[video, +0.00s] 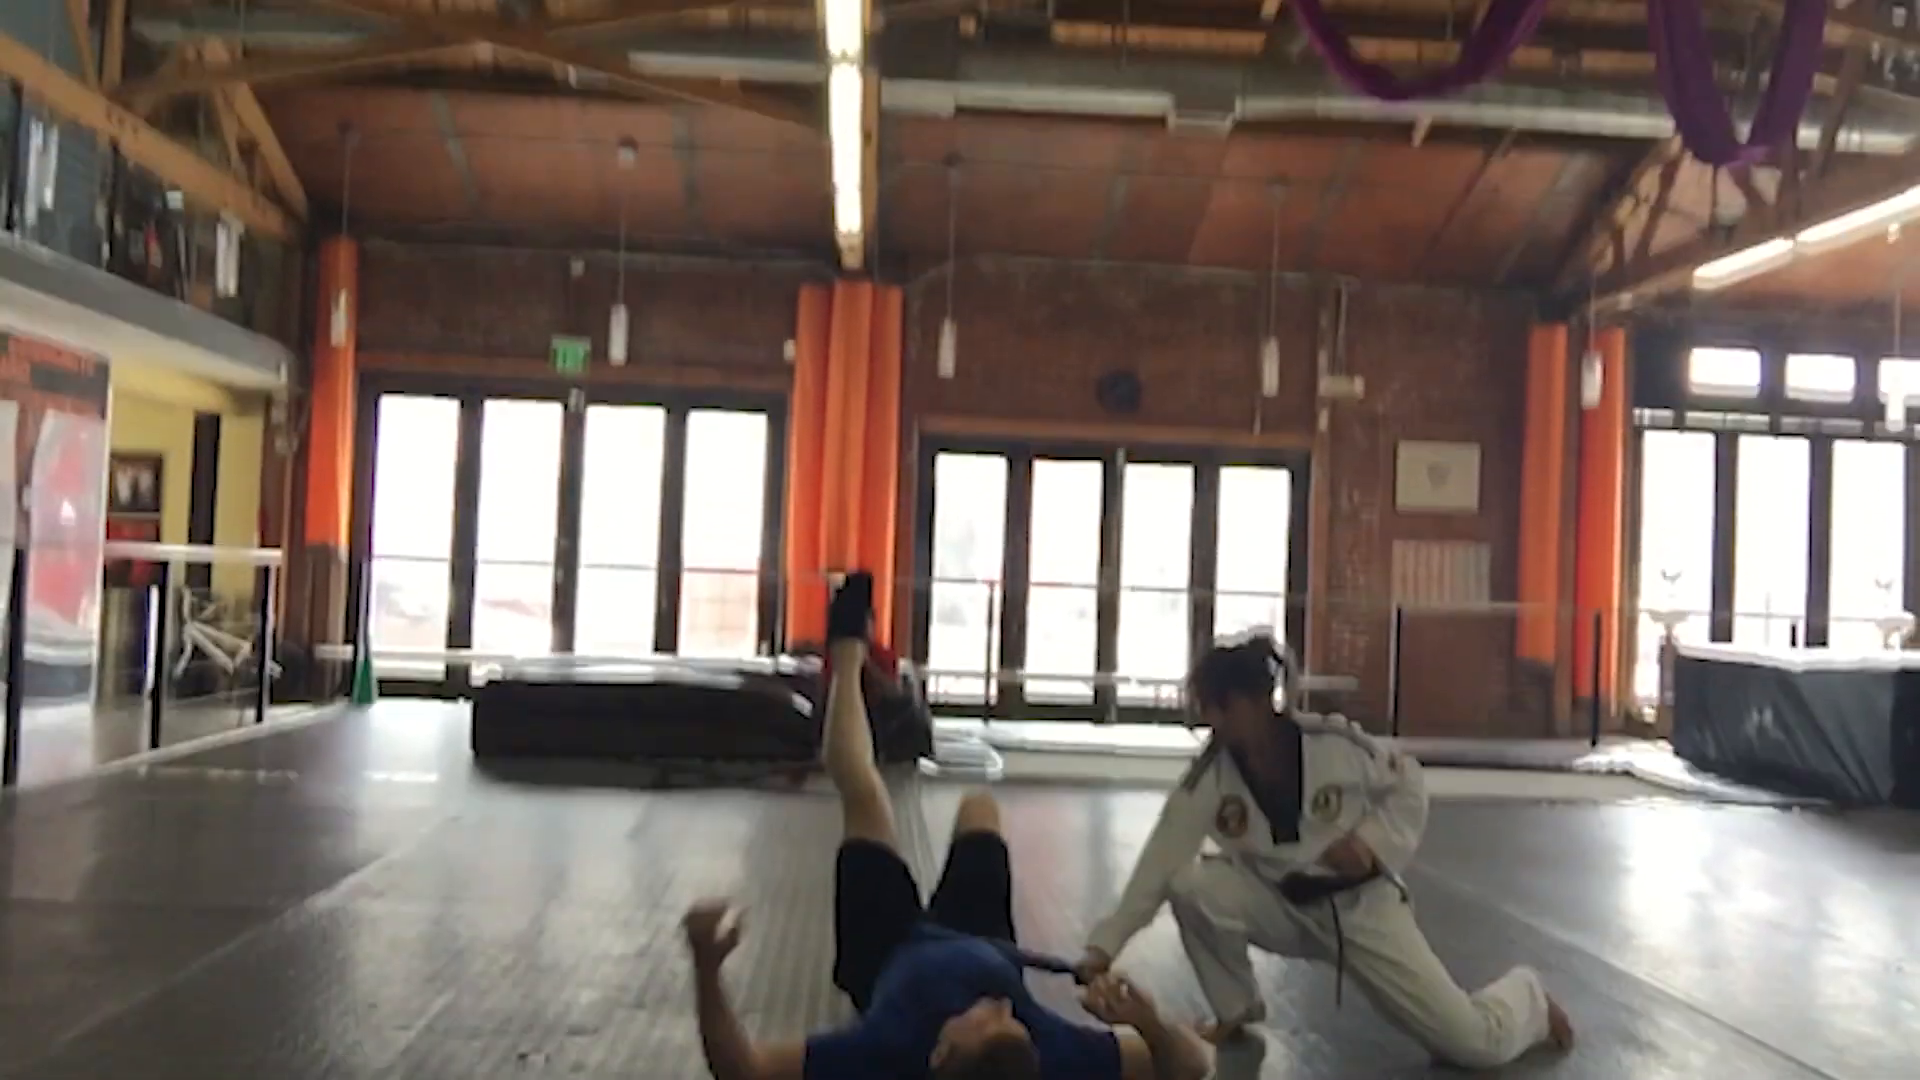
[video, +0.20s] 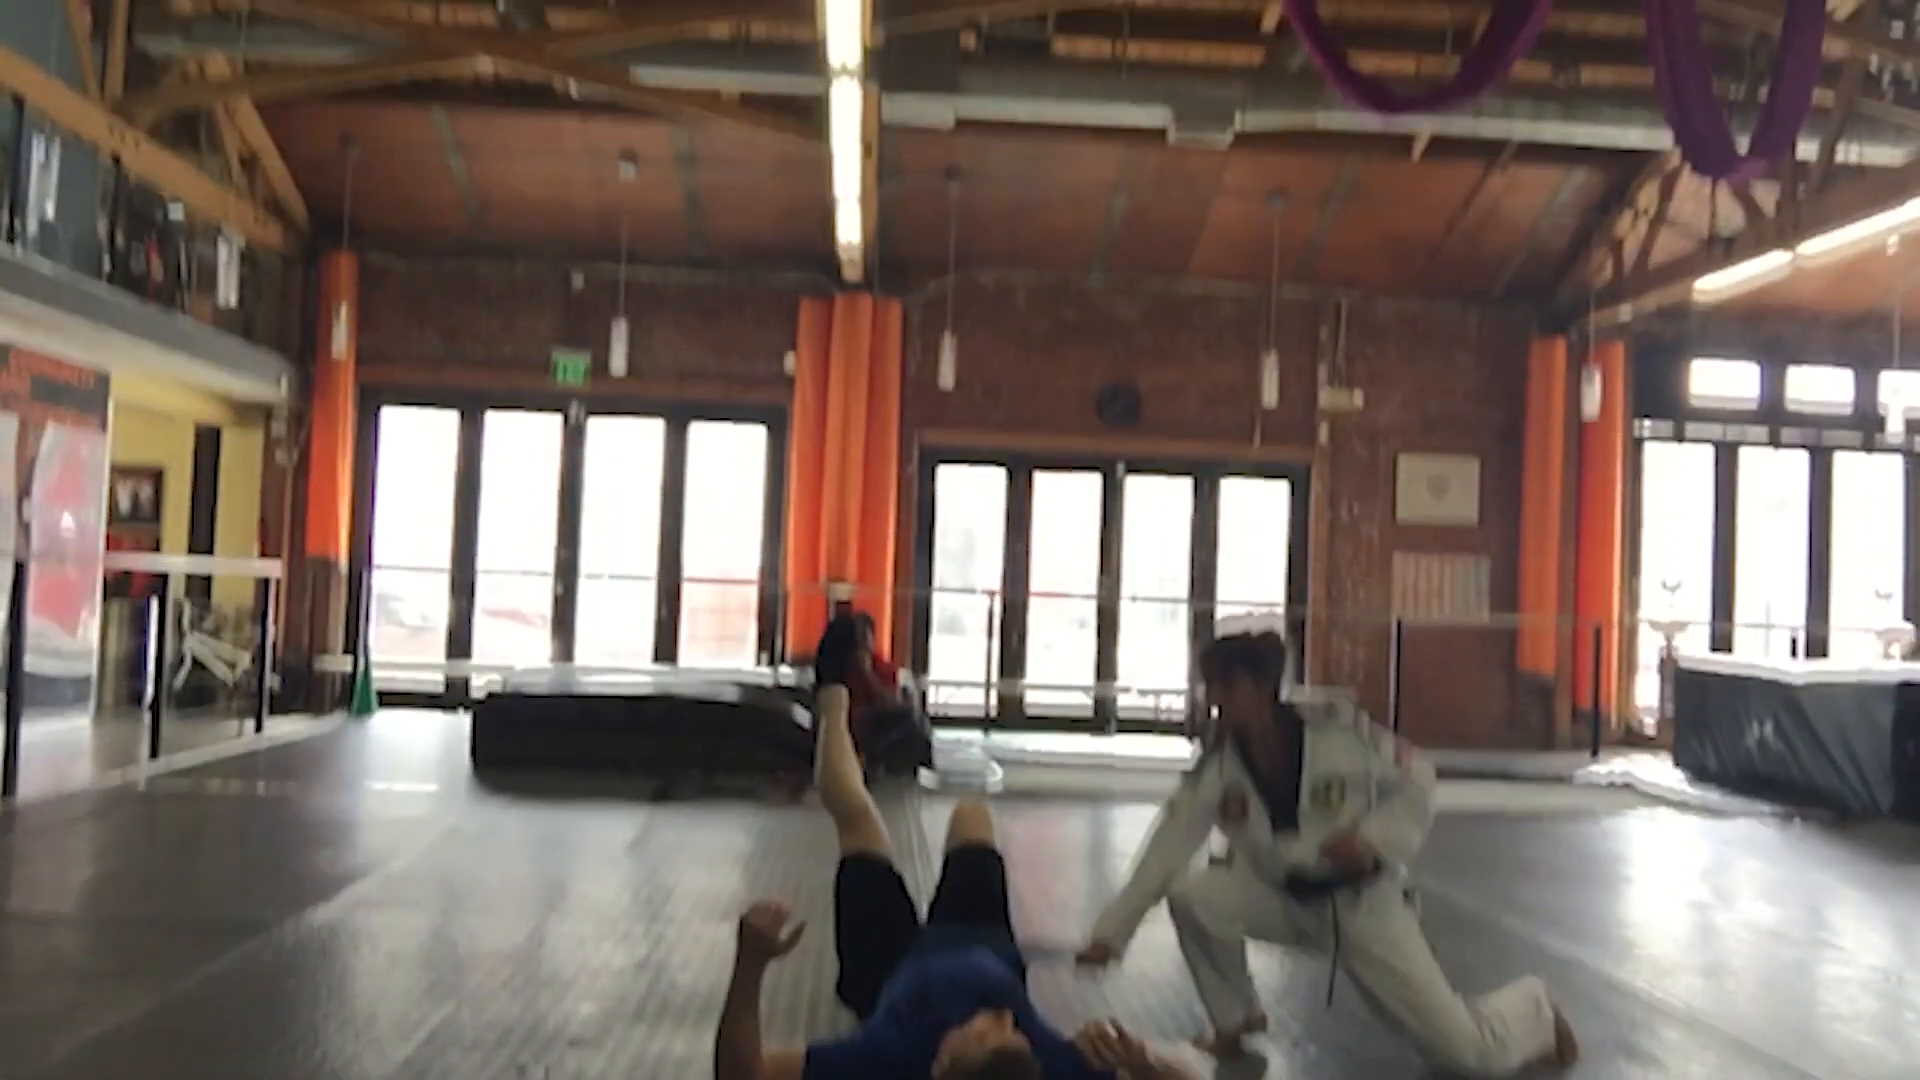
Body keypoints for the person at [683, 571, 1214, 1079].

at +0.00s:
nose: (996, 1011)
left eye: (977, 1033)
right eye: (1008, 1029)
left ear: (942, 1058)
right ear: (1026, 1042)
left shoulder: (873, 1050)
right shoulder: (1072, 1052)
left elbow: (741, 1067)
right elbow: (1192, 1066)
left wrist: (707, 969)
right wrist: (1148, 1020)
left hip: (889, 969)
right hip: (984, 959)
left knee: (864, 790)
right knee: (980, 800)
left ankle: (846, 655)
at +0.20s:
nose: (998, 1025)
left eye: (978, 1045)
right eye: (1009, 1036)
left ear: (944, 1067)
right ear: (1029, 1058)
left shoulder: (875, 1059)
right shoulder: (1068, 1063)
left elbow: (740, 1071)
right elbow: (1193, 1069)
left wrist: (748, 966)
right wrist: (1144, 1063)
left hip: (894, 975)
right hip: (987, 962)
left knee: (857, 817)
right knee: (973, 806)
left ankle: (833, 700)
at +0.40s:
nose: (993, 1029)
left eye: (973, 1049)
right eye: (1008, 1046)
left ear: (939, 1067)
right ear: (1026, 1056)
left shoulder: (870, 1060)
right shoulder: (1058, 1062)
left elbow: (739, 1076)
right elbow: (1168, 1075)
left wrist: (744, 983)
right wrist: (1099, 1070)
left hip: (887, 982)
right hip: (983, 968)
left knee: (853, 855)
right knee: (972, 814)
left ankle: (822, 778)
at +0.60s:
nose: (989, 1017)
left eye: (973, 1039)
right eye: (1003, 1035)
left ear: (935, 1064)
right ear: (1022, 1049)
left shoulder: (863, 1059)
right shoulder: (1058, 1064)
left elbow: (735, 1072)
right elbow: (1162, 1068)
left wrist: (728, 977)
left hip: (884, 981)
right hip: (984, 970)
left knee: (846, 908)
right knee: (964, 809)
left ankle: (822, 887)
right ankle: (995, 971)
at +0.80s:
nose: (983, 1016)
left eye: (963, 1039)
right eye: (999, 1035)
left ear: (933, 1065)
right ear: (1019, 1051)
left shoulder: (863, 1059)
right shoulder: (1058, 1066)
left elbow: (734, 1073)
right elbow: (1161, 1069)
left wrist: (727, 976)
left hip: (876, 979)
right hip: (979, 966)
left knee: (844, 928)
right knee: (962, 810)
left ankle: (832, 925)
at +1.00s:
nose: (983, 1016)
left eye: (964, 1039)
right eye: (1000, 1036)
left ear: (935, 1064)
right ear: (1020, 1051)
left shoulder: (868, 1059)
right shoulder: (1058, 1064)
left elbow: (737, 1072)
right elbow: (1166, 1068)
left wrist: (743, 968)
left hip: (880, 978)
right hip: (981, 966)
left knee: (843, 929)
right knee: (968, 809)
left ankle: (831, 921)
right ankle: (1001, 976)